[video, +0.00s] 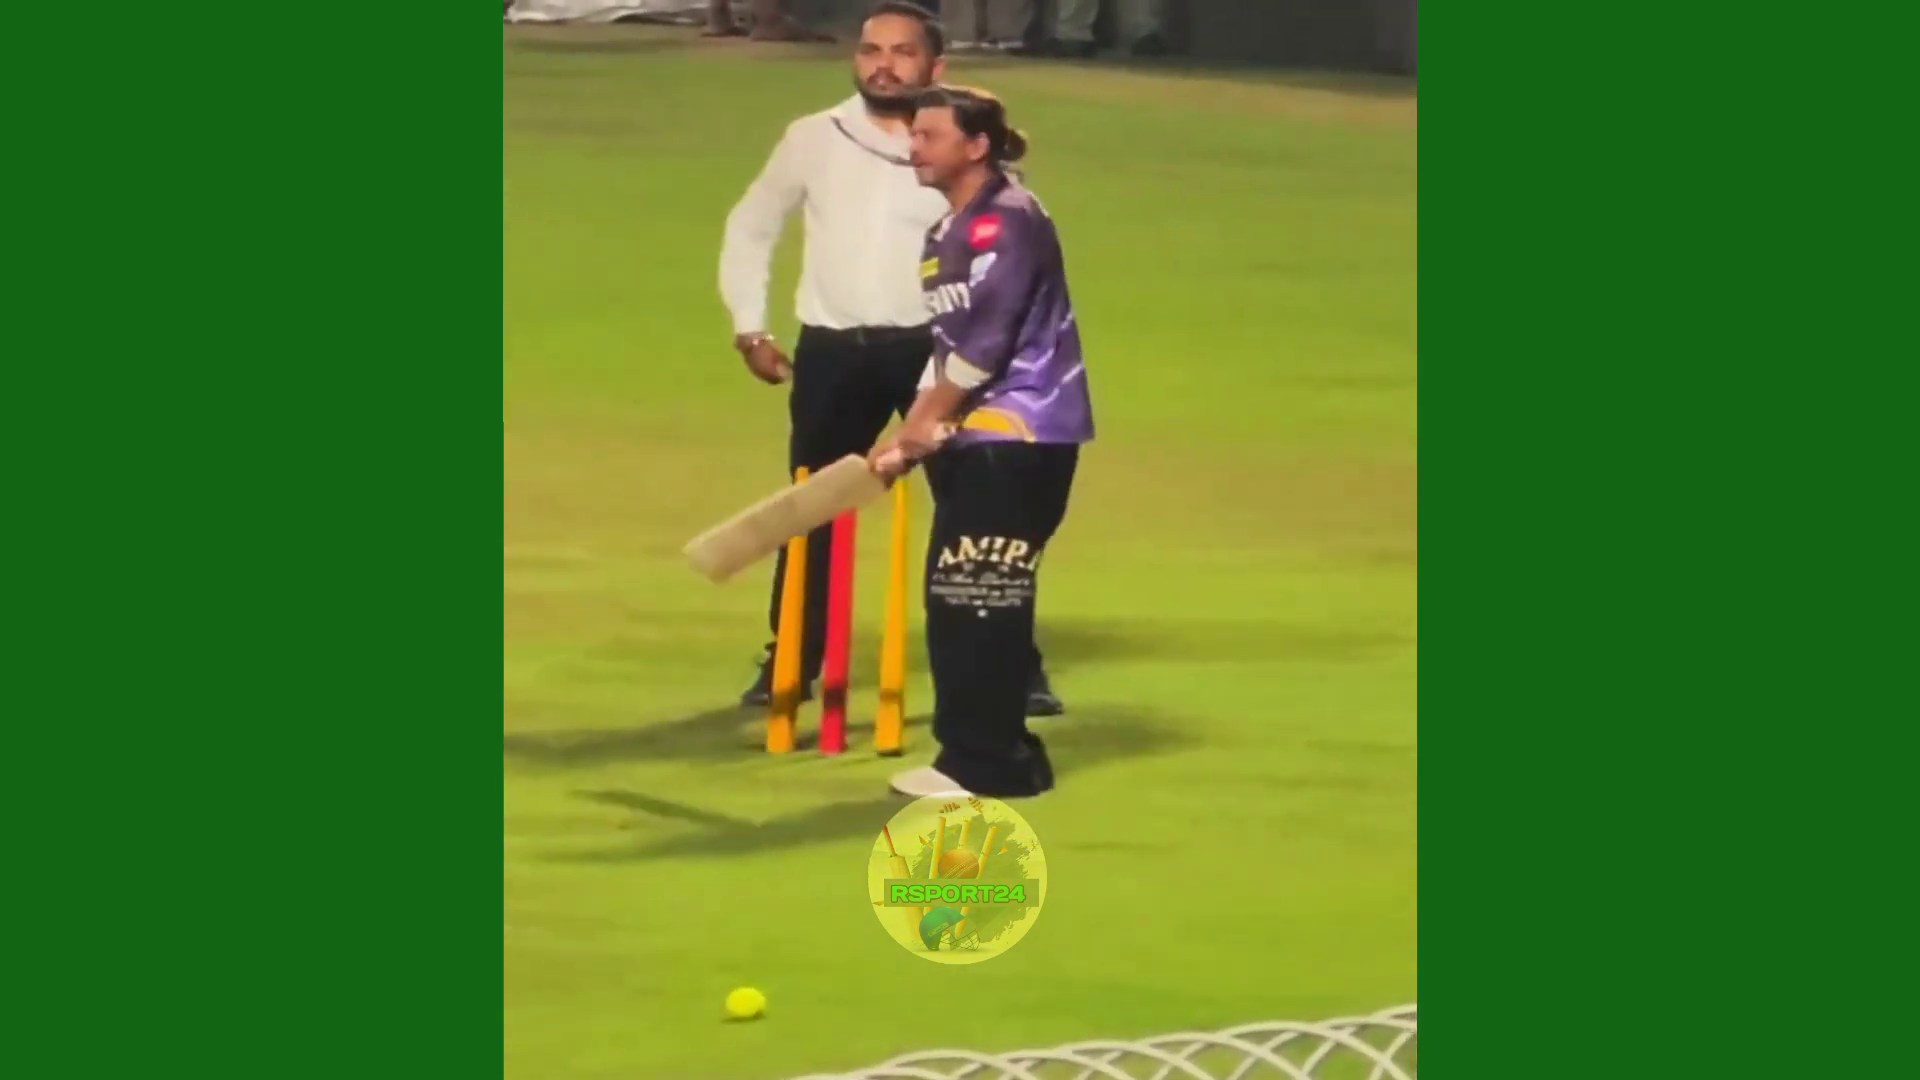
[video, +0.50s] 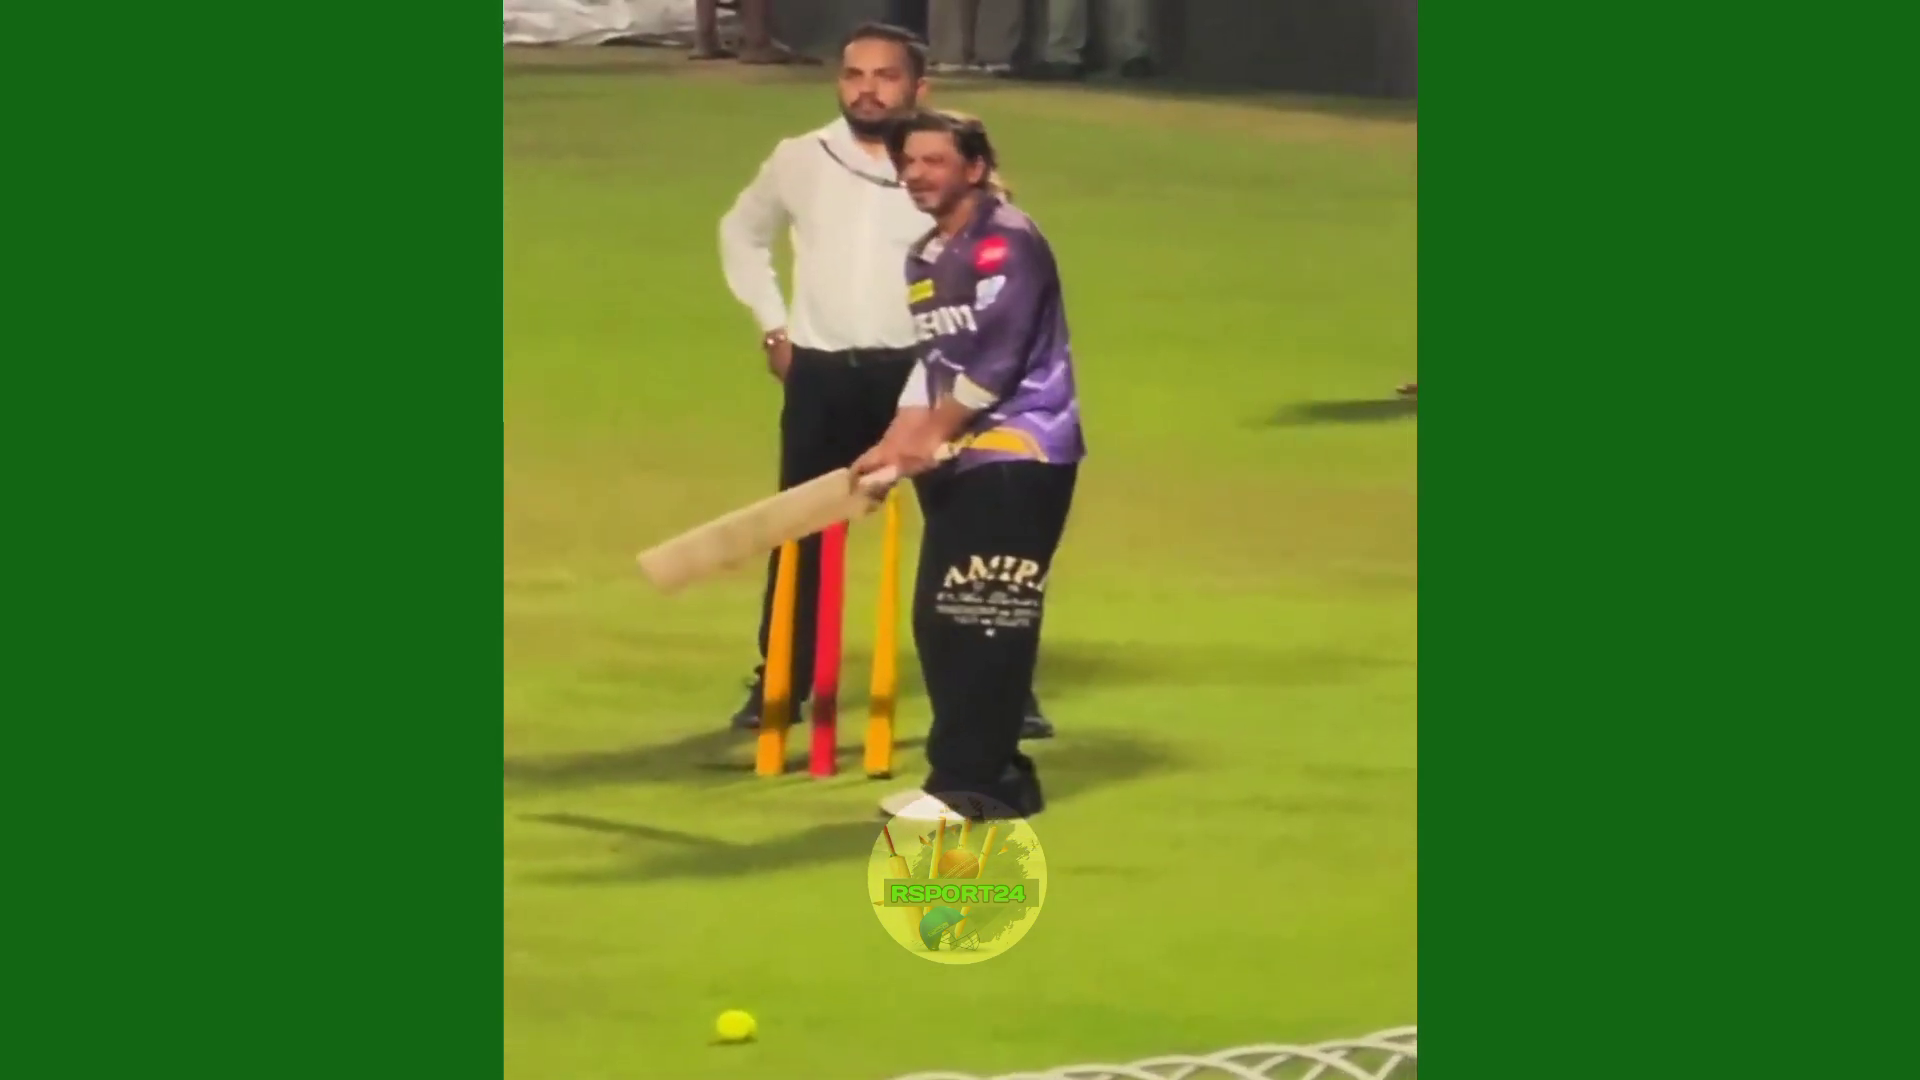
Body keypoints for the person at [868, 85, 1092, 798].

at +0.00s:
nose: (913, 147)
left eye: (928, 136)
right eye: (914, 135)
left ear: (976, 145)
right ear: (953, 148)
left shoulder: (1007, 224)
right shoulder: (949, 229)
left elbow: (980, 354)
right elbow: (949, 351)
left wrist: (919, 431)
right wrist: (907, 434)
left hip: (1021, 437)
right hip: (980, 435)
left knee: (978, 596)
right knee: (964, 593)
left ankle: (982, 761)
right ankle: (991, 753)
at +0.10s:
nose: (913, 148)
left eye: (928, 136)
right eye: (913, 136)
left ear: (977, 145)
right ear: (949, 148)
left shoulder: (1008, 224)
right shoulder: (945, 230)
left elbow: (979, 355)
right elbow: (947, 352)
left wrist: (915, 432)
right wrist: (904, 434)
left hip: (1019, 440)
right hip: (976, 439)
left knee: (981, 602)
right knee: (961, 599)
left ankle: (984, 762)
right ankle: (986, 754)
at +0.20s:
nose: (922, 153)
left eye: (938, 141)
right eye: (918, 141)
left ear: (984, 148)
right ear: (917, 150)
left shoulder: (1015, 224)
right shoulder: (942, 231)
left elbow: (996, 347)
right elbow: (952, 348)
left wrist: (930, 418)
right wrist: (908, 416)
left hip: (1023, 438)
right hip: (975, 435)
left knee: (990, 602)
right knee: (959, 597)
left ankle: (989, 764)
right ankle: (974, 754)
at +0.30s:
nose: (924, 160)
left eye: (939, 147)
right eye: (918, 148)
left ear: (984, 154)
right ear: (913, 156)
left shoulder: (1016, 231)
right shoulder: (937, 239)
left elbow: (998, 352)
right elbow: (948, 353)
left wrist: (935, 422)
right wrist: (903, 423)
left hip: (1024, 442)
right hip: (973, 441)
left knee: (988, 605)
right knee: (953, 601)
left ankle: (983, 771)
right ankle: (978, 758)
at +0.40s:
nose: (923, 163)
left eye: (938, 150)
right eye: (916, 152)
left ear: (983, 157)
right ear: (911, 160)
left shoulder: (1015, 232)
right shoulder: (933, 242)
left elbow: (1001, 353)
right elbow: (947, 354)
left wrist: (935, 425)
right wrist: (898, 428)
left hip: (1024, 443)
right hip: (972, 442)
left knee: (989, 607)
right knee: (948, 602)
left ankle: (982, 775)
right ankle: (970, 762)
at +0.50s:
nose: (918, 176)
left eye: (933, 162)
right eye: (910, 164)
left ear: (977, 168)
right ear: (904, 172)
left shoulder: (1010, 244)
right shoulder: (925, 257)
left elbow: (998, 366)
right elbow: (937, 371)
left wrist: (930, 437)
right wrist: (893, 447)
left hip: (1020, 456)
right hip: (963, 457)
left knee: (986, 619)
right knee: (942, 616)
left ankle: (970, 787)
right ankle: (985, 774)